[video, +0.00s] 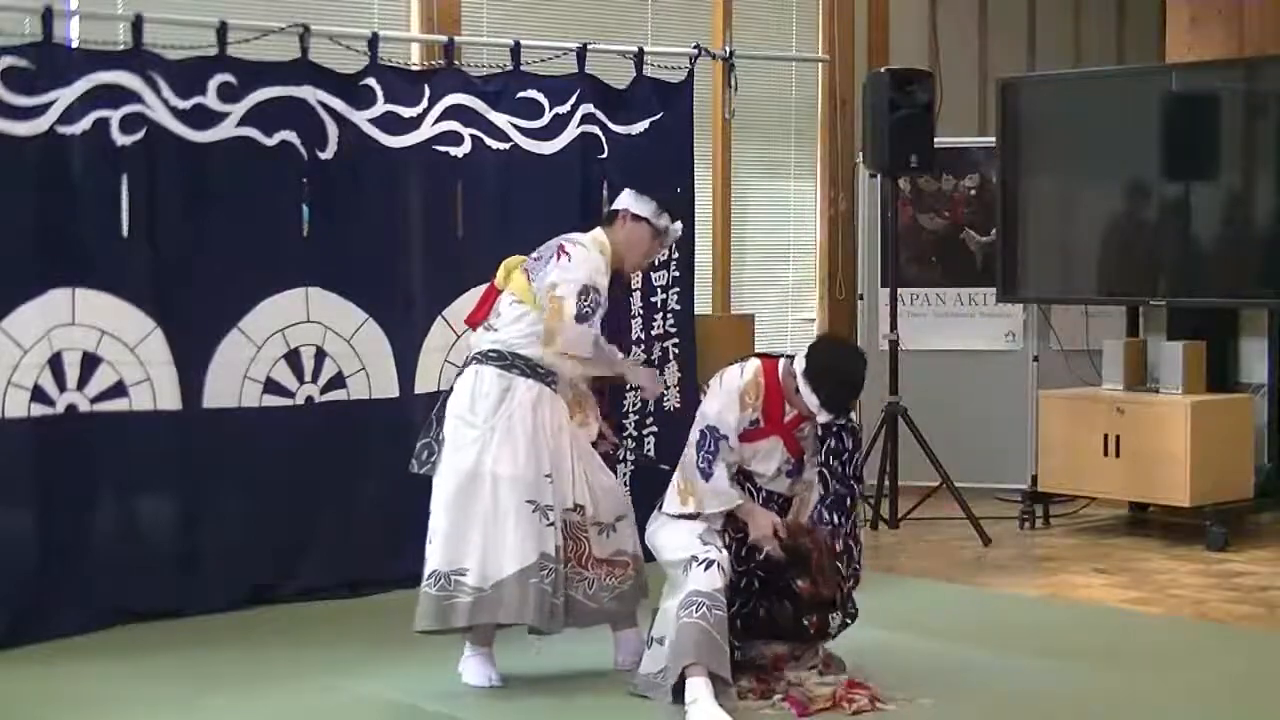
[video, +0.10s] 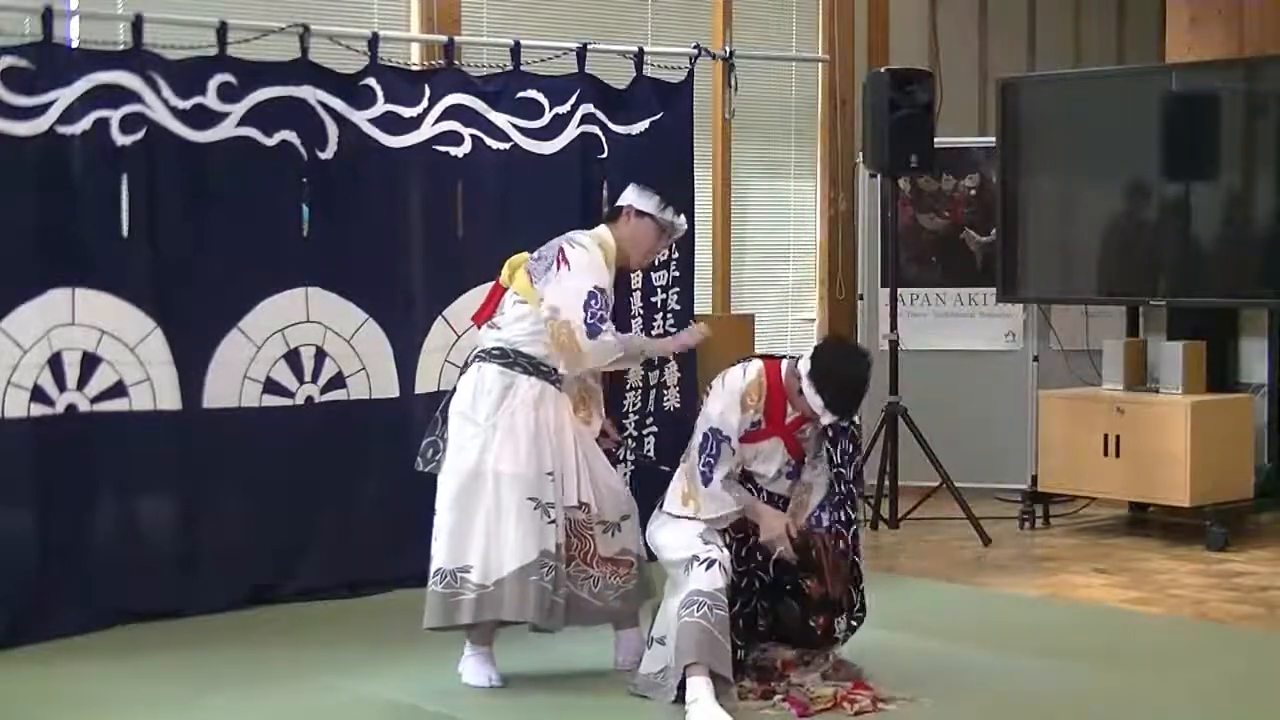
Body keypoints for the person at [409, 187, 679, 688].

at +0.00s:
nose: (652, 260)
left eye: (659, 251)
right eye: (655, 245)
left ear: (629, 226)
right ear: (629, 223)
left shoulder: (579, 259)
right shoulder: (582, 258)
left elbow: (562, 356)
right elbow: (573, 342)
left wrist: (586, 416)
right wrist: (630, 369)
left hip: (538, 400)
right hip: (504, 394)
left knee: (608, 504)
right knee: (498, 517)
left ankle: (629, 644)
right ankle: (478, 650)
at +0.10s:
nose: (661, 254)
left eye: (667, 244)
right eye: (661, 238)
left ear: (629, 221)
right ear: (630, 217)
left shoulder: (592, 263)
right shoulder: (580, 258)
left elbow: (564, 354)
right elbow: (590, 346)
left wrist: (591, 415)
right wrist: (668, 345)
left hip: (544, 400)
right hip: (503, 394)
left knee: (613, 504)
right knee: (498, 517)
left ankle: (631, 643)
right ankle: (478, 650)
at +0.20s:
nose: (666, 248)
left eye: (672, 239)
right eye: (664, 233)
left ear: (636, 219)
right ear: (633, 214)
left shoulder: (603, 261)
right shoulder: (588, 256)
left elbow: (577, 353)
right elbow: (606, 349)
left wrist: (595, 411)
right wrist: (697, 352)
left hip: (551, 399)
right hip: (506, 389)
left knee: (616, 508)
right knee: (498, 516)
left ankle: (630, 645)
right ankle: (478, 650)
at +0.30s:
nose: (670, 249)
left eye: (677, 239)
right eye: (669, 233)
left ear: (641, 220)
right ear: (638, 215)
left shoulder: (608, 262)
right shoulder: (594, 257)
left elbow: (579, 353)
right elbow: (607, 350)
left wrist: (596, 409)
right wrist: (705, 359)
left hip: (555, 400)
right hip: (510, 390)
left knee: (618, 510)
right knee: (504, 515)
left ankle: (630, 644)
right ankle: (479, 649)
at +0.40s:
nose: (675, 250)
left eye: (682, 241)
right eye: (674, 235)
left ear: (644, 221)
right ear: (642, 217)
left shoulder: (612, 264)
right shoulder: (595, 259)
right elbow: (610, 354)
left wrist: (595, 400)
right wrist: (702, 353)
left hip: (555, 403)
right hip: (512, 393)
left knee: (620, 509)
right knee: (501, 516)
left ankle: (632, 645)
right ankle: (480, 651)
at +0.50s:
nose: (676, 251)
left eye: (682, 242)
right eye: (675, 236)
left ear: (645, 222)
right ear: (644, 219)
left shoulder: (611, 264)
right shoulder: (595, 261)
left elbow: (585, 354)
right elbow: (604, 353)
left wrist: (595, 406)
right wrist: (696, 345)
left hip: (555, 402)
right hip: (513, 394)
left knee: (620, 507)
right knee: (502, 516)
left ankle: (633, 643)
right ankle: (479, 651)